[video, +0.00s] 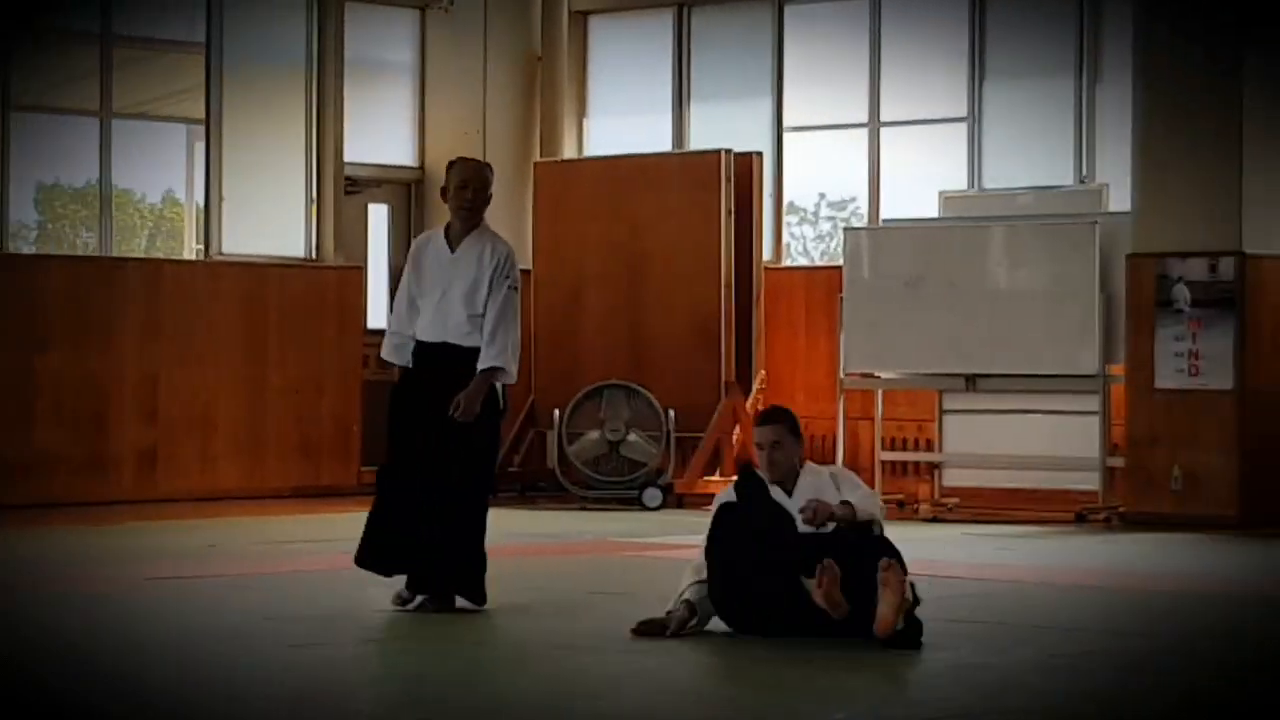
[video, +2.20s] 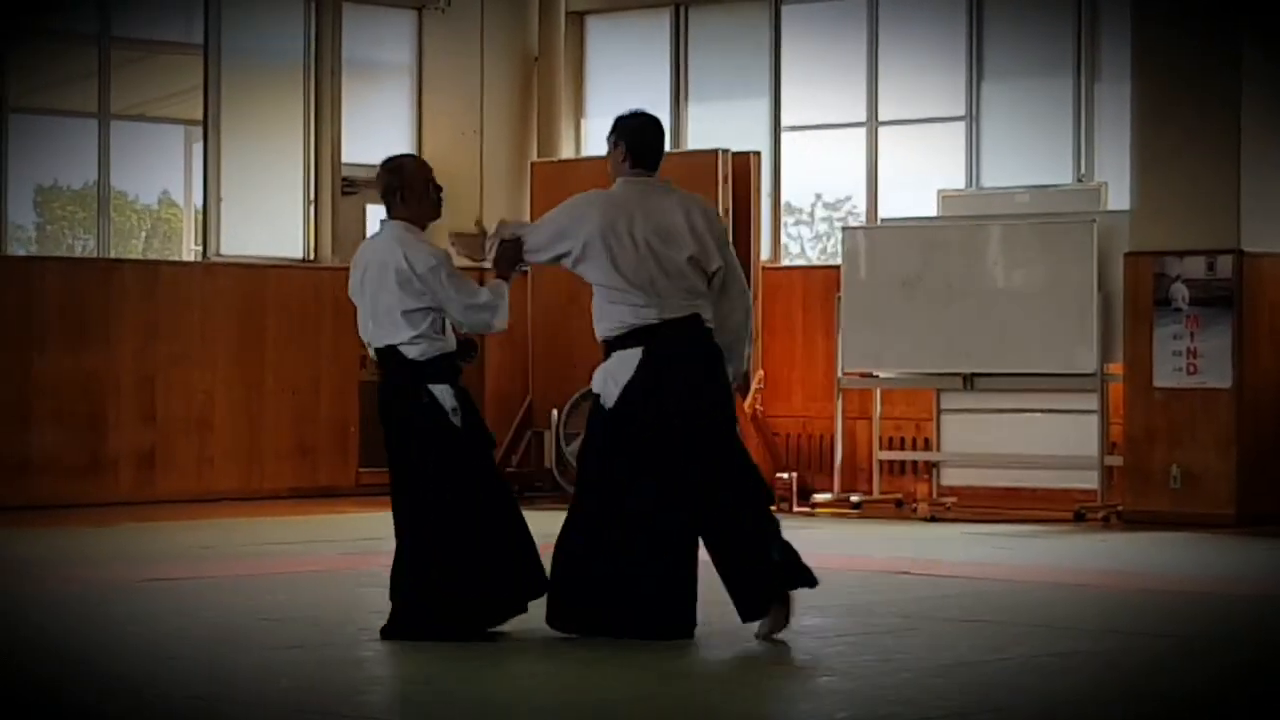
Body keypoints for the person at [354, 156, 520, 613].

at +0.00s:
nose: (470, 196)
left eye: (478, 189)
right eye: (462, 187)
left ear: (490, 195)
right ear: (445, 193)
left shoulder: (498, 253)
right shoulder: (423, 247)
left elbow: (501, 327)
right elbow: (405, 309)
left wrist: (480, 385)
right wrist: (397, 368)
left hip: (471, 372)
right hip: (424, 368)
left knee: (460, 479)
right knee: (418, 474)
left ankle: (450, 586)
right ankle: (419, 578)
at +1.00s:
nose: (494, 193)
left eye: (496, 184)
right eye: (483, 184)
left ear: (495, 189)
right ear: (454, 190)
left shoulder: (500, 247)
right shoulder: (434, 248)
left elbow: (516, 318)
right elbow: (436, 326)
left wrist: (528, 382)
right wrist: (467, 389)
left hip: (502, 373)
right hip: (452, 375)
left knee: (505, 483)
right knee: (452, 485)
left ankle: (502, 595)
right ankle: (448, 597)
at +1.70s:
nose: (533, 193)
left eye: (533, 184)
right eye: (522, 186)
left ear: (533, 193)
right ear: (492, 196)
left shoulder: (537, 255)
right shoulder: (481, 258)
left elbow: (561, 323)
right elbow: (484, 334)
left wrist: (577, 388)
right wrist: (513, 398)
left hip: (547, 382)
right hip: (507, 386)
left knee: (563, 492)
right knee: (504, 492)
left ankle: (557, 603)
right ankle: (464, 571)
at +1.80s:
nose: (531, 198)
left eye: (529, 189)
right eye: (519, 190)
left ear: (519, 198)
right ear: (489, 201)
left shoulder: (531, 263)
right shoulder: (479, 260)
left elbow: (556, 324)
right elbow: (491, 322)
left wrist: (578, 383)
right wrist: (543, 343)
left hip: (536, 382)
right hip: (503, 386)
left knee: (556, 489)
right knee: (505, 491)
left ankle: (557, 602)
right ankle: (449, 581)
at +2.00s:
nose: (491, 198)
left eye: (488, 190)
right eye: (479, 192)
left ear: (457, 207)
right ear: (452, 204)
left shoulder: (452, 256)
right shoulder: (463, 257)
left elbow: (488, 338)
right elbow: (532, 268)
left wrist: (531, 385)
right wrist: (589, 217)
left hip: (480, 387)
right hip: (486, 390)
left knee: (478, 498)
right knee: (555, 490)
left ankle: (423, 600)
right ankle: (556, 606)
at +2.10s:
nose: (464, 191)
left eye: (461, 183)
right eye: (453, 185)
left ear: (420, 200)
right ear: (426, 196)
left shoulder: (401, 255)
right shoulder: (445, 251)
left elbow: (421, 337)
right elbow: (521, 291)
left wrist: (487, 363)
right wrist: (551, 242)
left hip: (431, 389)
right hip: (463, 391)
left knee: (450, 499)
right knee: (519, 487)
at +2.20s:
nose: (440, 193)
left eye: (436, 185)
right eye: (431, 186)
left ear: (392, 197)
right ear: (406, 195)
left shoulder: (366, 254)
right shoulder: (420, 256)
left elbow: (387, 328)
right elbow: (478, 311)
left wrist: (448, 342)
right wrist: (501, 278)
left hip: (393, 387)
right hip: (429, 391)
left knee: (416, 500)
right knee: (457, 496)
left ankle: (414, 610)